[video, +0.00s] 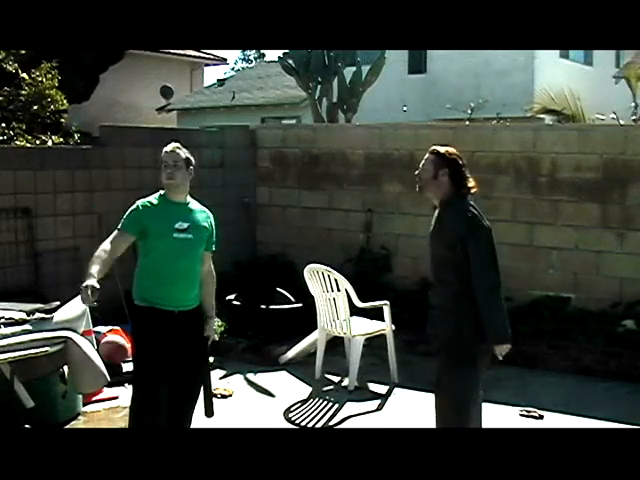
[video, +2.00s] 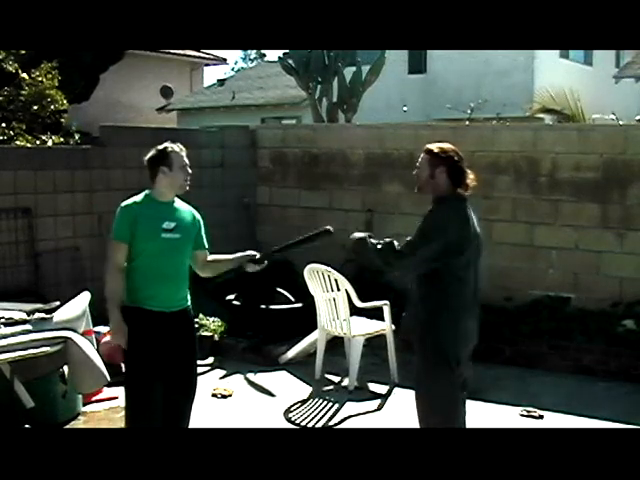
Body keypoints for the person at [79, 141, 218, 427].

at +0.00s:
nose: (167, 170)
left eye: (174, 165)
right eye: (164, 165)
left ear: (190, 171)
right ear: (160, 171)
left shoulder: (204, 216)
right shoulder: (144, 210)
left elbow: (207, 269)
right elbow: (111, 248)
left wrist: (210, 316)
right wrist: (92, 277)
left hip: (189, 317)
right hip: (149, 315)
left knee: (185, 393)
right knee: (150, 392)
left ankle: (177, 429)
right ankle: (144, 431)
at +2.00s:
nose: (190, 173)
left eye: (189, 167)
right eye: (184, 167)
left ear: (172, 172)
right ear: (163, 172)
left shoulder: (191, 216)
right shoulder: (131, 211)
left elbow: (203, 266)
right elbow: (116, 267)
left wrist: (240, 259)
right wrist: (115, 318)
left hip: (180, 320)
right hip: (142, 319)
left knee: (180, 400)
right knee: (144, 402)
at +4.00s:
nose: (204, 172)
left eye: (202, 167)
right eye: (197, 168)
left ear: (184, 174)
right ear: (178, 174)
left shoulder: (204, 219)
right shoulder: (146, 213)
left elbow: (216, 267)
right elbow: (133, 269)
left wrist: (249, 278)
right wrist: (136, 322)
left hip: (194, 320)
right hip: (159, 319)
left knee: (188, 398)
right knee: (155, 399)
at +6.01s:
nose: (196, 171)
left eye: (194, 166)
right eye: (189, 166)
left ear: (177, 173)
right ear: (169, 173)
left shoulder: (195, 219)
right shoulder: (138, 210)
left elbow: (211, 266)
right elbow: (122, 266)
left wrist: (245, 247)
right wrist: (119, 316)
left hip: (184, 319)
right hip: (148, 318)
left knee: (184, 393)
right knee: (149, 395)